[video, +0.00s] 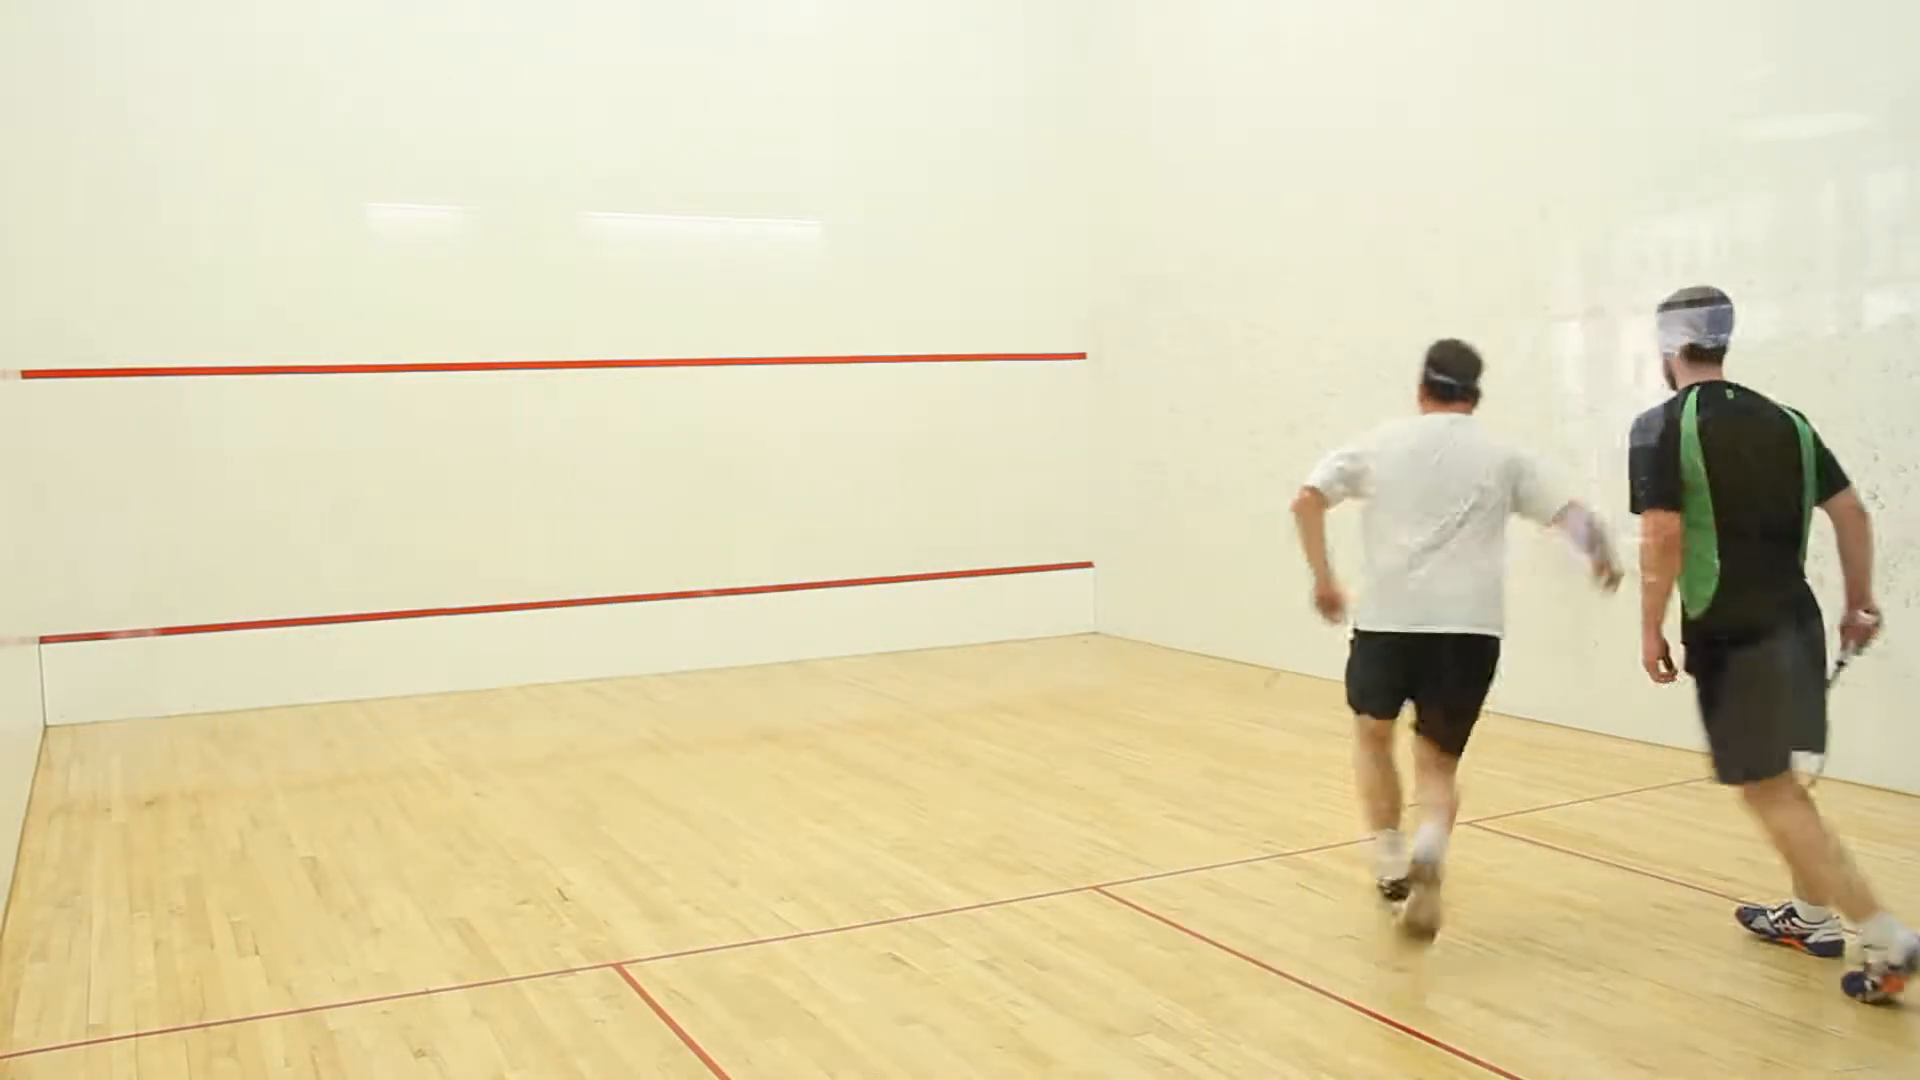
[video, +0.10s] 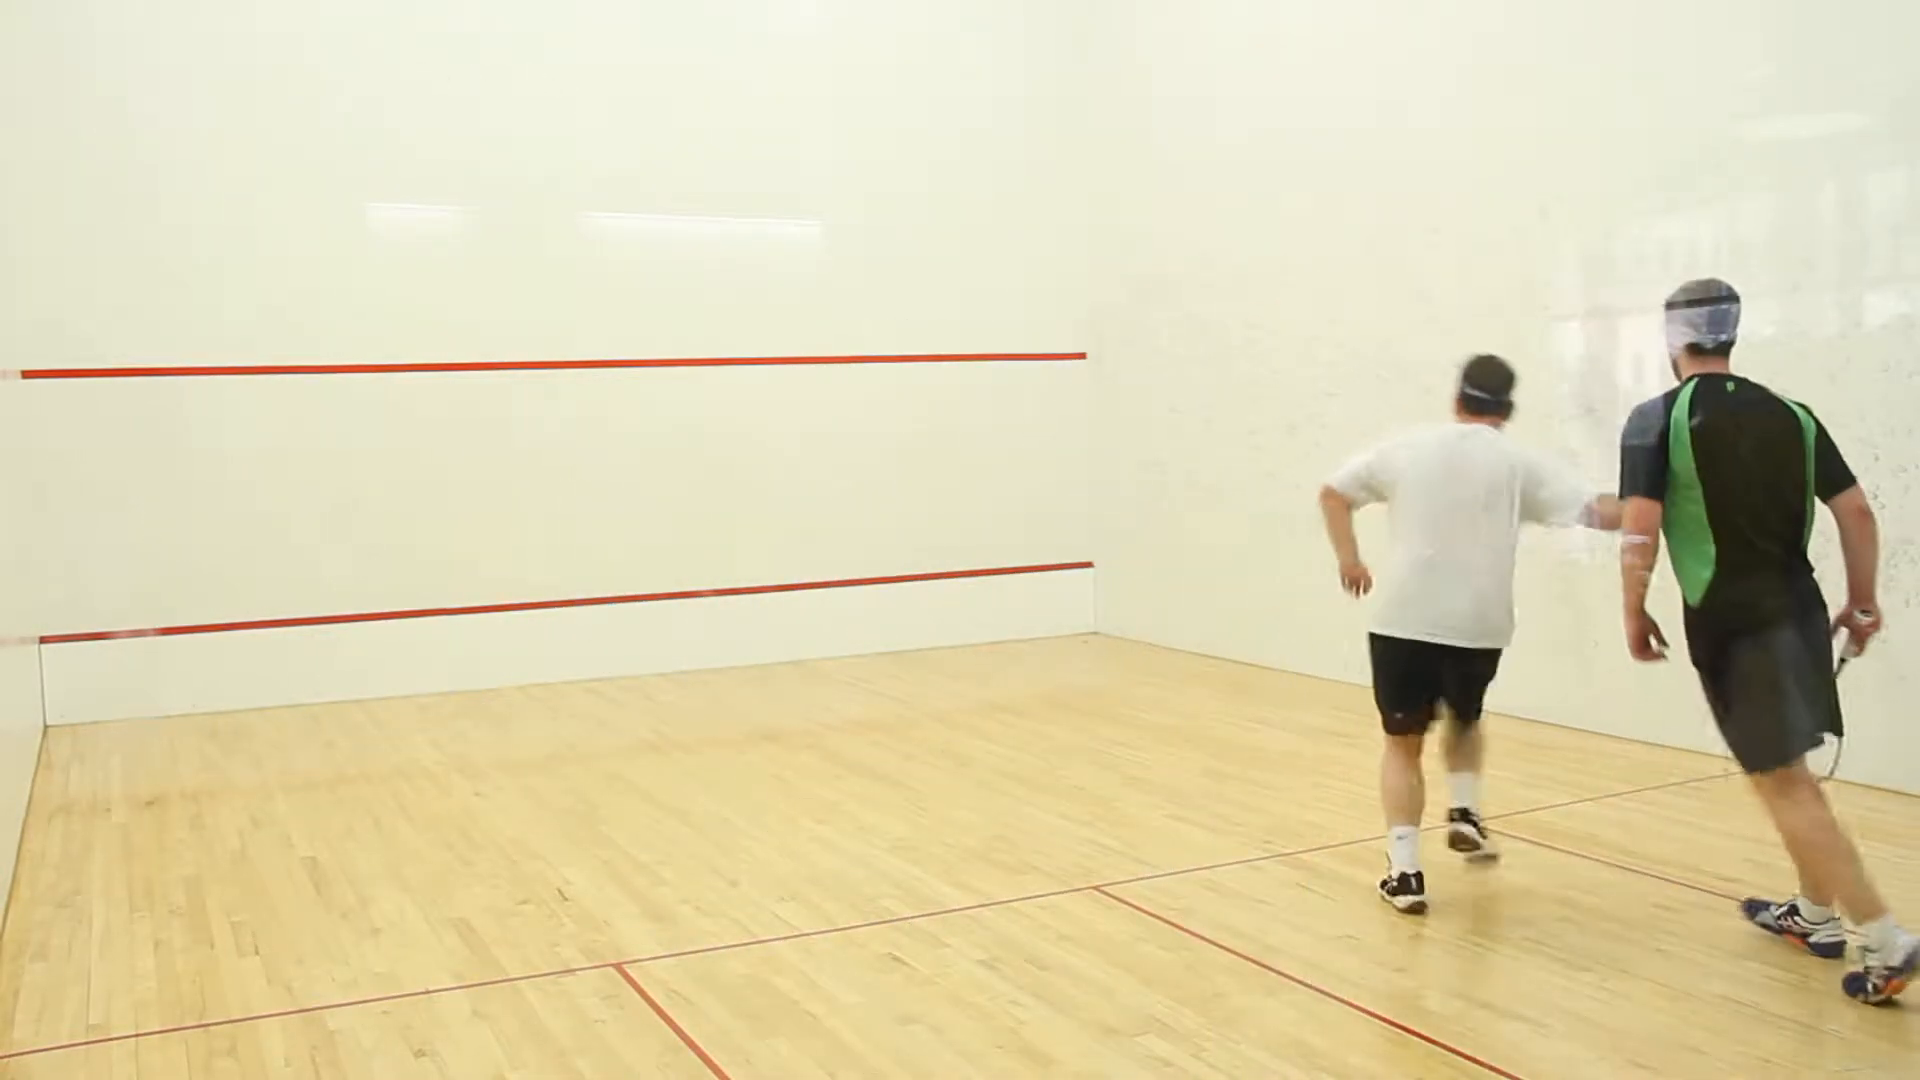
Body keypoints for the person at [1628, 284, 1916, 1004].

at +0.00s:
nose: (1664, 362)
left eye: (1664, 352)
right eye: (1671, 351)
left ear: (1670, 353)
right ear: (1726, 350)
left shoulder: (1661, 425)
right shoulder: (1785, 421)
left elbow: (1663, 537)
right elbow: (1850, 515)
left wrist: (1652, 626)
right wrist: (1859, 603)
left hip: (1732, 635)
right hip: (1796, 624)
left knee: (1767, 786)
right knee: (1776, 774)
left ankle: (1884, 935)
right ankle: (1813, 914)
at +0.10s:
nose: (1675, 353)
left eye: (1673, 342)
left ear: (1674, 343)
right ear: (1734, 341)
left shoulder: (1656, 419)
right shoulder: (1792, 416)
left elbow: (1640, 538)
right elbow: (1856, 514)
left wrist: (1634, 612)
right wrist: (1862, 600)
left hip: (1732, 627)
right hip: (1802, 616)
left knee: (1787, 787)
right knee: (1788, 773)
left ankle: (1885, 937)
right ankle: (1817, 911)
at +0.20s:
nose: (1670, 355)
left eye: (1670, 345)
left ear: (1674, 345)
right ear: (1732, 342)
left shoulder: (1657, 414)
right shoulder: (1794, 413)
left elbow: (1641, 523)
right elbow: (1847, 512)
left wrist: (1629, 601)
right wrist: (1842, 601)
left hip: (1720, 624)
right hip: (1797, 615)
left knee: (1713, 782)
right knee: (1789, 768)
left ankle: (1819, 909)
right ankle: (1857, 917)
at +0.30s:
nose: (1659, 380)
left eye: (1661, 371)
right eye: (1665, 370)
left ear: (1667, 375)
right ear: (1723, 374)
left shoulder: (1652, 447)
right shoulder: (1785, 444)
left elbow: (1645, 548)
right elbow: (1838, 544)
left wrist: (1623, 629)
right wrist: (1809, 625)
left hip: (1716, 648)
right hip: (1794, 643)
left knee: (1645, 787)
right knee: (1807, 787)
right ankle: (1874, 941)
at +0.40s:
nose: (1636, 383)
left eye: (1638, 372)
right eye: (1647, 371)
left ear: (1643, 374)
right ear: (1698, 375)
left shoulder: (1628, 449)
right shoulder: (1756, 446)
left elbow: (1616, 543)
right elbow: (1806, 553)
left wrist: (1592, 624)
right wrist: (1766, 615)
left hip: (1684, 653)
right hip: (1762, 650)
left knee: (1597, 792)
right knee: (1784, 788)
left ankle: (1624, 960)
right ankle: (1872, 938)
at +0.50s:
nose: (1601, 368)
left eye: (1603, 357)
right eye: (1614, 356)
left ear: (1608, 358)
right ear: (1665, 357)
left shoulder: (1590, 427)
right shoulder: (1710, 432)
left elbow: (1580, 517)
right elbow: (1760, 537)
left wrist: (1547, 593)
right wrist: (1716, 596)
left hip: (1642, 630)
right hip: (1716, 629)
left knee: (1543, 767)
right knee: (1704, 759)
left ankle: (1595, 941)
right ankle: (1813, 894)